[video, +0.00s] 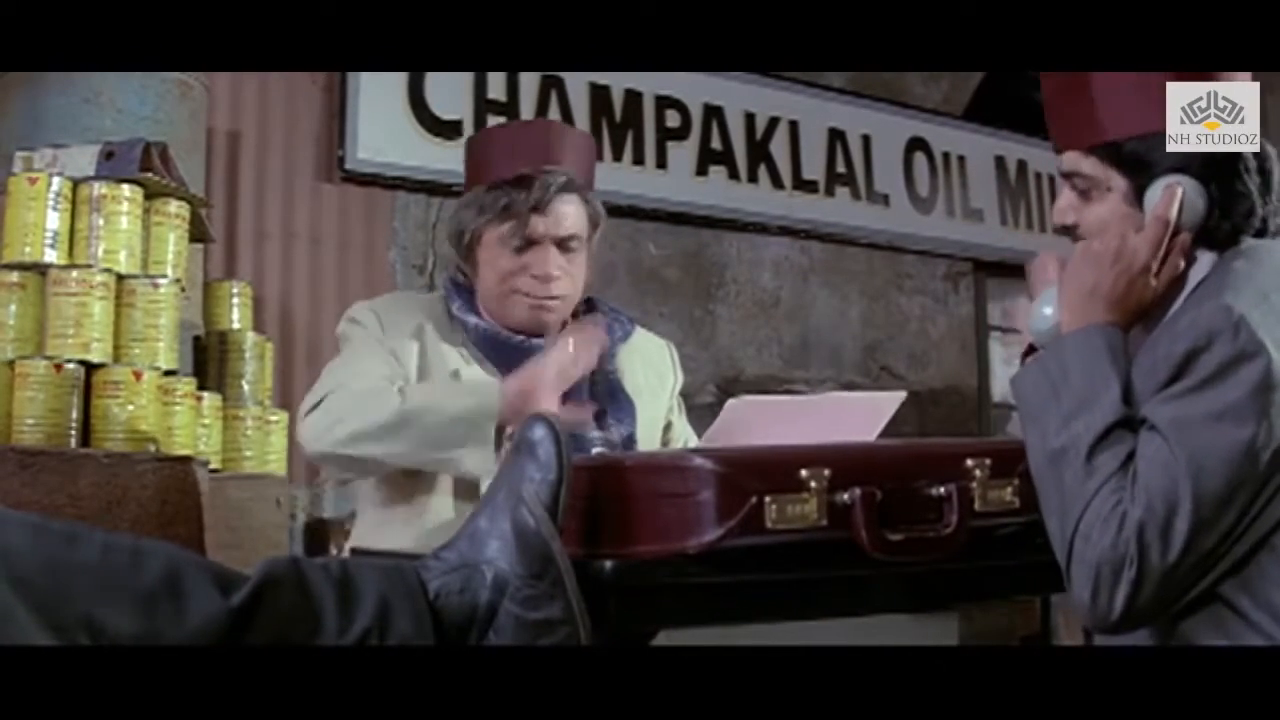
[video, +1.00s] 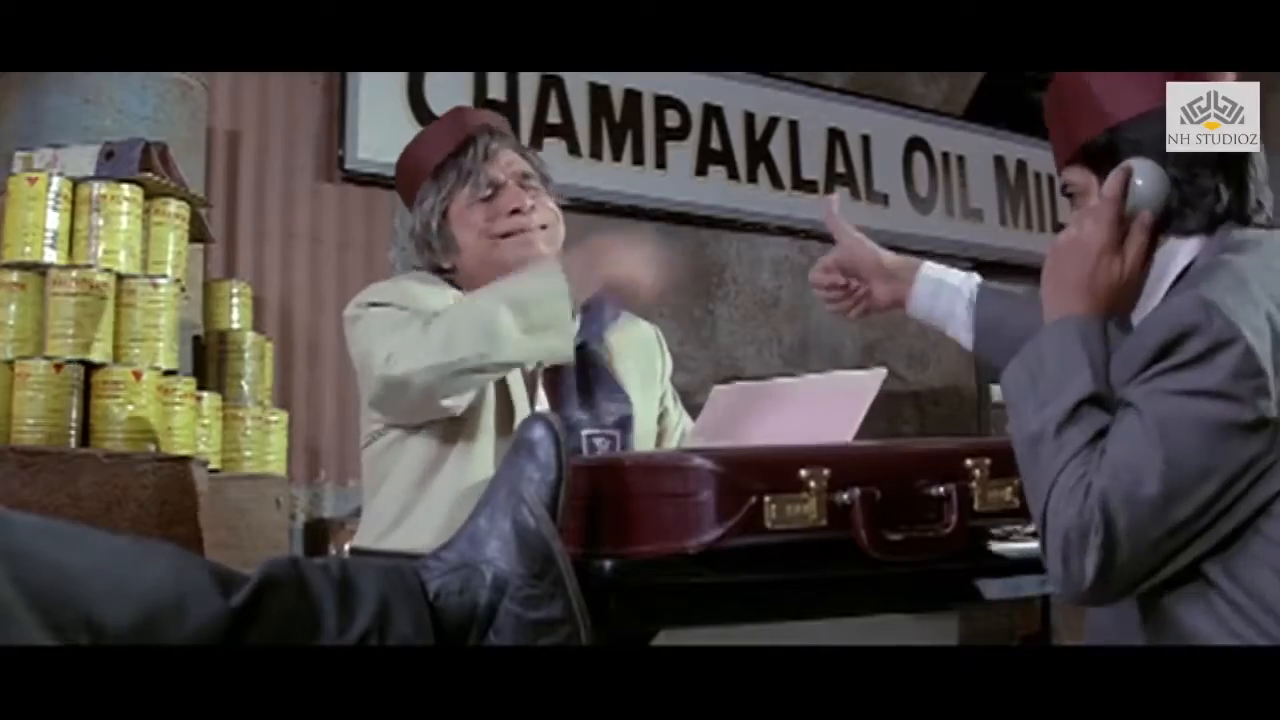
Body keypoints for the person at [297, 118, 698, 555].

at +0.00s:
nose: (547, 269)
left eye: (567, 246)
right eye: (520, 244)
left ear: (589, 258)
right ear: (468, 250)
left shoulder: (647, 359)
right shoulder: (393, 327)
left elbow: (683, 486)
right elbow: (329, 429)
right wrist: (508, 401)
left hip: (589, 608)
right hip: (418, 604)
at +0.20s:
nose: (567, 240)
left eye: (577, 215)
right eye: (536, 220)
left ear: (595, 224)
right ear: (475, 242)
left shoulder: (646, 358)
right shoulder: (397, 325)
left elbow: (682, 489)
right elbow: (370, 430)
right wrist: (490, 328)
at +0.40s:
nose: (557, 224)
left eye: (571, 205)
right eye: (527, 208)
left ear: (589, 222)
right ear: (466, 246)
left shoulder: (645, 355)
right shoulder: (394, 325)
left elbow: (679, 488)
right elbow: (397, 424)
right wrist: (543, 313)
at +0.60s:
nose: (544, 214)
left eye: (557, 199)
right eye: (511, 200)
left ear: (579, 226)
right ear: (454, 239)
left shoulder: (645, 354)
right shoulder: (395, 318)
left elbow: (677, 478)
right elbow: (422, 404)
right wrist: (574, 314)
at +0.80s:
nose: (532, 198)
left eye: (544, 184)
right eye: (497, 187)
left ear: (568, 215)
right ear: (443, 232)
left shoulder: (640, 347)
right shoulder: (397, 310)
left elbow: (680, 469)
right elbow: (444, 371)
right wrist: (564, 309)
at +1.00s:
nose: (518, 201)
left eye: (530, 183)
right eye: (485, 194)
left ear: (559, 210)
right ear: (437, 243)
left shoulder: (633, 341)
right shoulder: (395, 309)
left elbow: (678, 464)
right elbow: (408, 375)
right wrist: (568, 280)